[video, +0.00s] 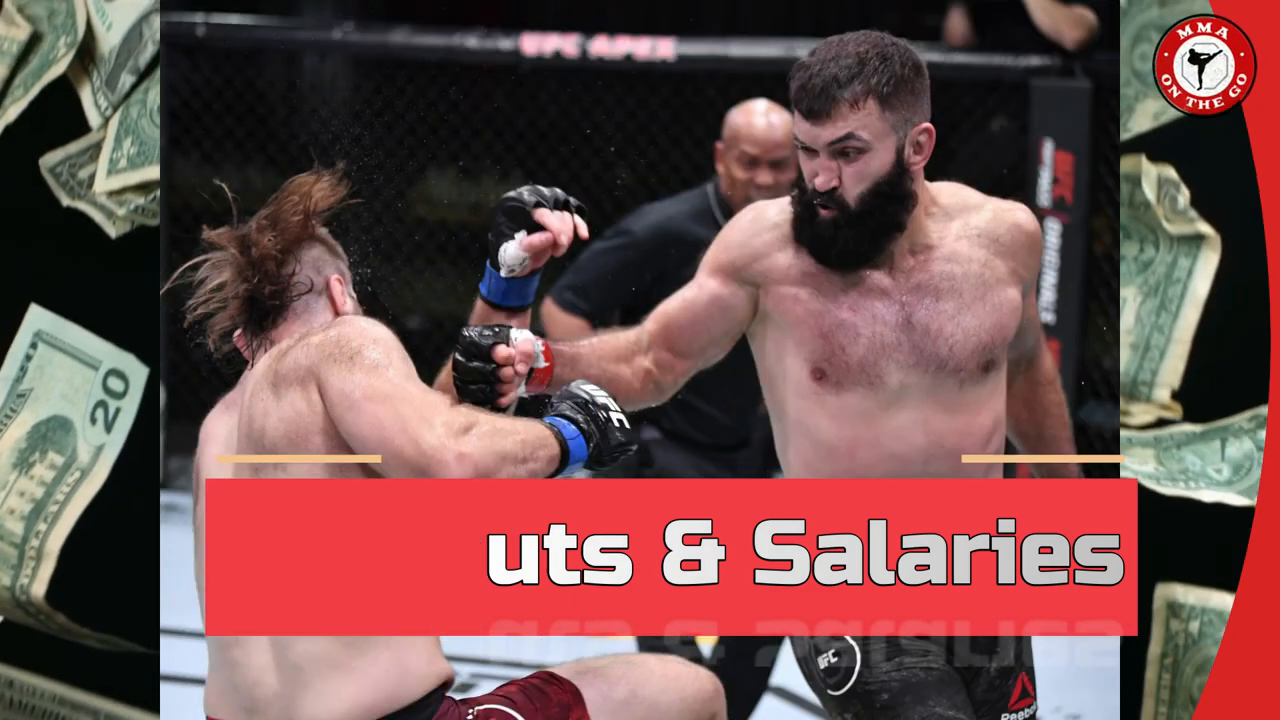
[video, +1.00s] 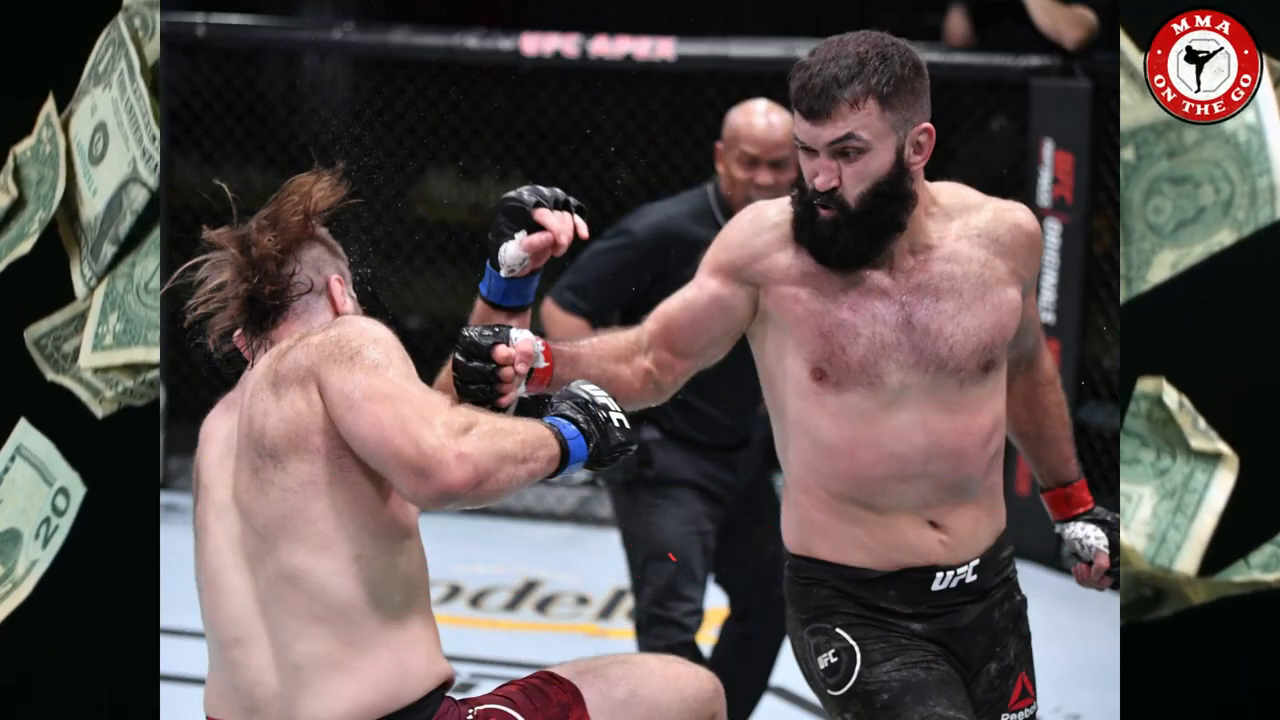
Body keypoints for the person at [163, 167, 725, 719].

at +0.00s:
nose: (363, 306)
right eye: (356, 289)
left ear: (243, 345)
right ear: (340, 291)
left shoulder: (216, 429)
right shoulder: (347, 345)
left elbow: (442, 425)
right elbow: (453, 456)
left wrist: (508, 284)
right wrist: (575, 432)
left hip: (237, 715)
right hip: (394, 709)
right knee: (691, 687)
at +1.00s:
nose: (366, 312)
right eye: (358, 293)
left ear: (243, 344)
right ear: (341, 291)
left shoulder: (218, 426)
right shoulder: (344, 347)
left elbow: (444, 432)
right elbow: (447, 467)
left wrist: (508, 284)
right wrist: (575, 432)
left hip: (241, 712)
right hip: (397, 708)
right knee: (691, 687)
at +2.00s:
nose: (363, 308)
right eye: (356, 290)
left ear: (243, 346)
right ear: (340, 290)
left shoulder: (217, 427)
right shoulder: (344, 346)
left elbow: (445, 428)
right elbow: (446, 467)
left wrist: (509, 282)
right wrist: (576, 431)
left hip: (238, 713)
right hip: (396, 709)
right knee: (691, 687)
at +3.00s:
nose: (363, 308)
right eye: (356, 290)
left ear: (243, 346)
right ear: (340, 290)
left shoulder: (217, 427)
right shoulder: (344, 346)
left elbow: (444, 429)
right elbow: (446, 466)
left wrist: (508, 283)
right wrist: (576, 430)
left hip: (239, 712)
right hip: (396, 708)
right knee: (691, 687)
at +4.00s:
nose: (364, 309)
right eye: (357, 292)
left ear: (242, 343)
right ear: (339, 292)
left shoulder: (217, 426)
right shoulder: (343, 346)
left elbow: (445, 427)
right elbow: (447, 467)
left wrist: (508, 283)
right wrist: (576, 430)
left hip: (238, 713)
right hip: (395, 709)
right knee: (691, 687)